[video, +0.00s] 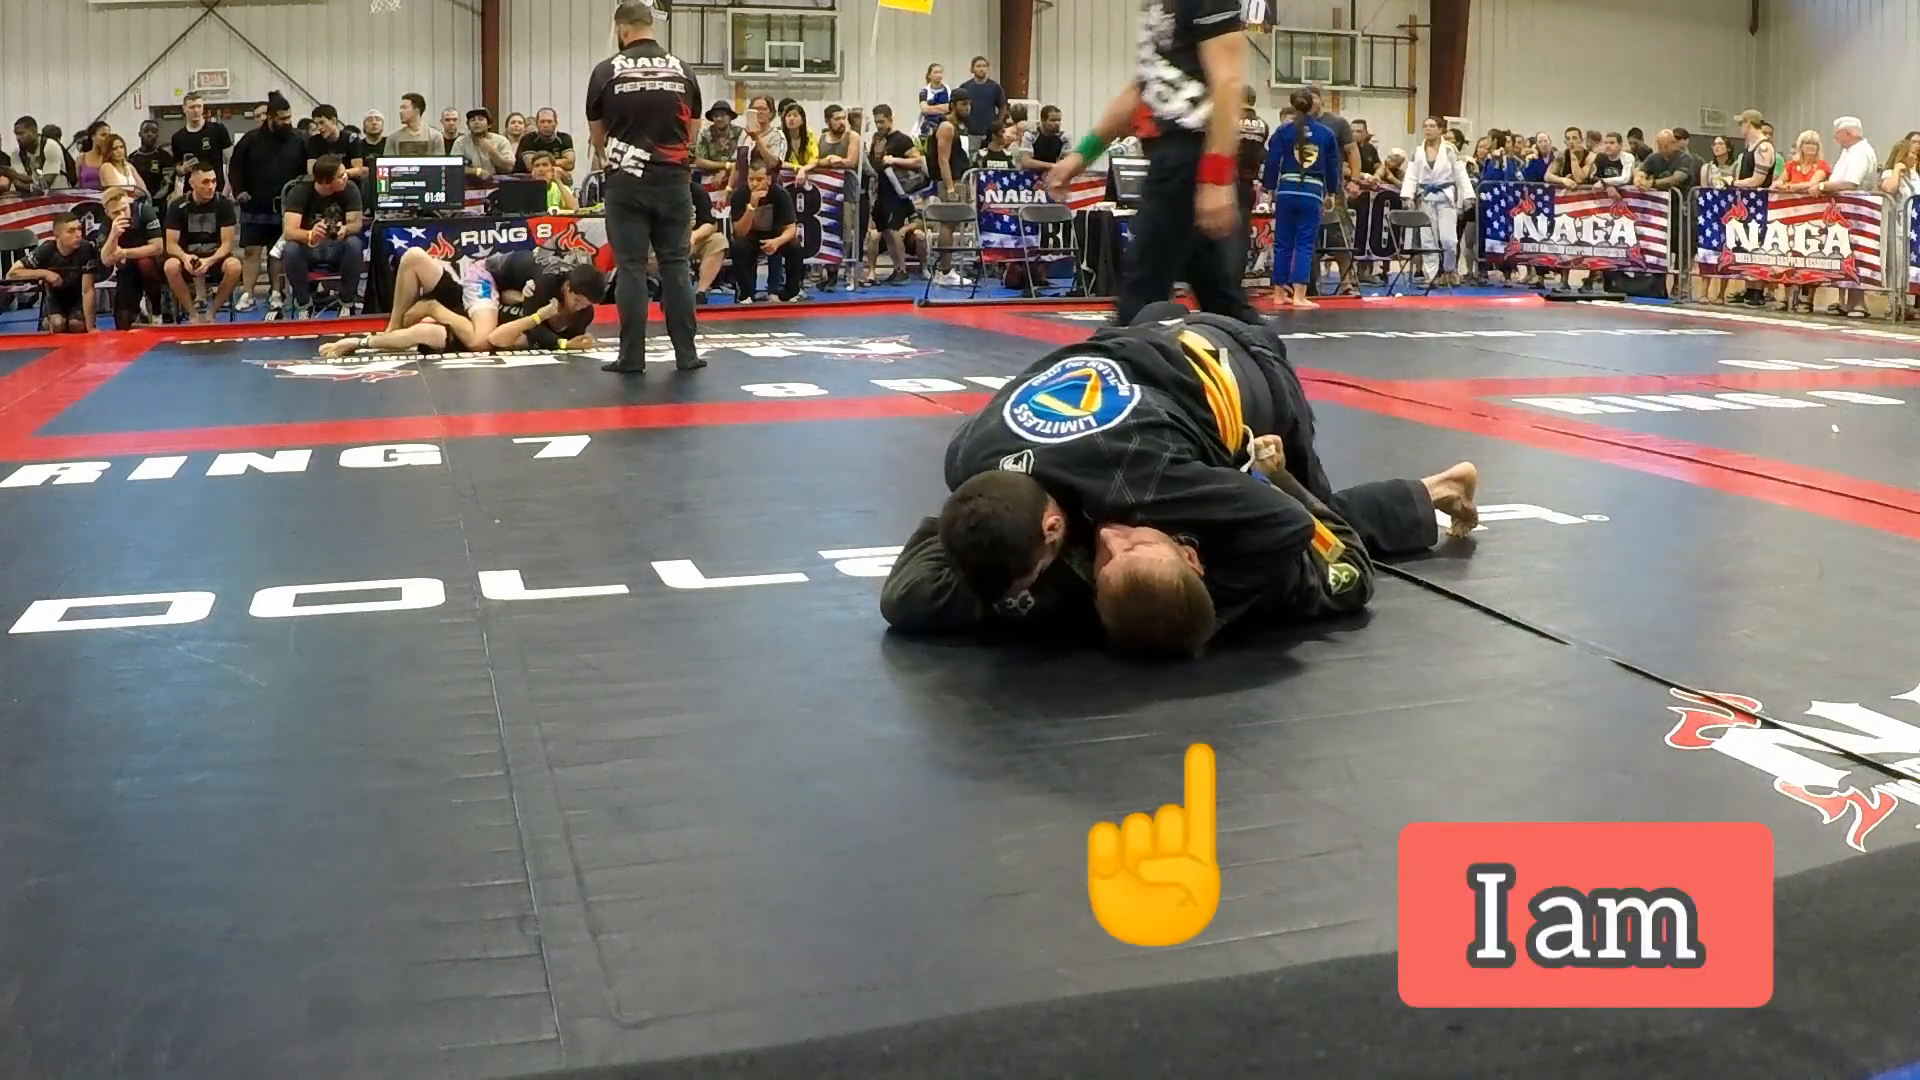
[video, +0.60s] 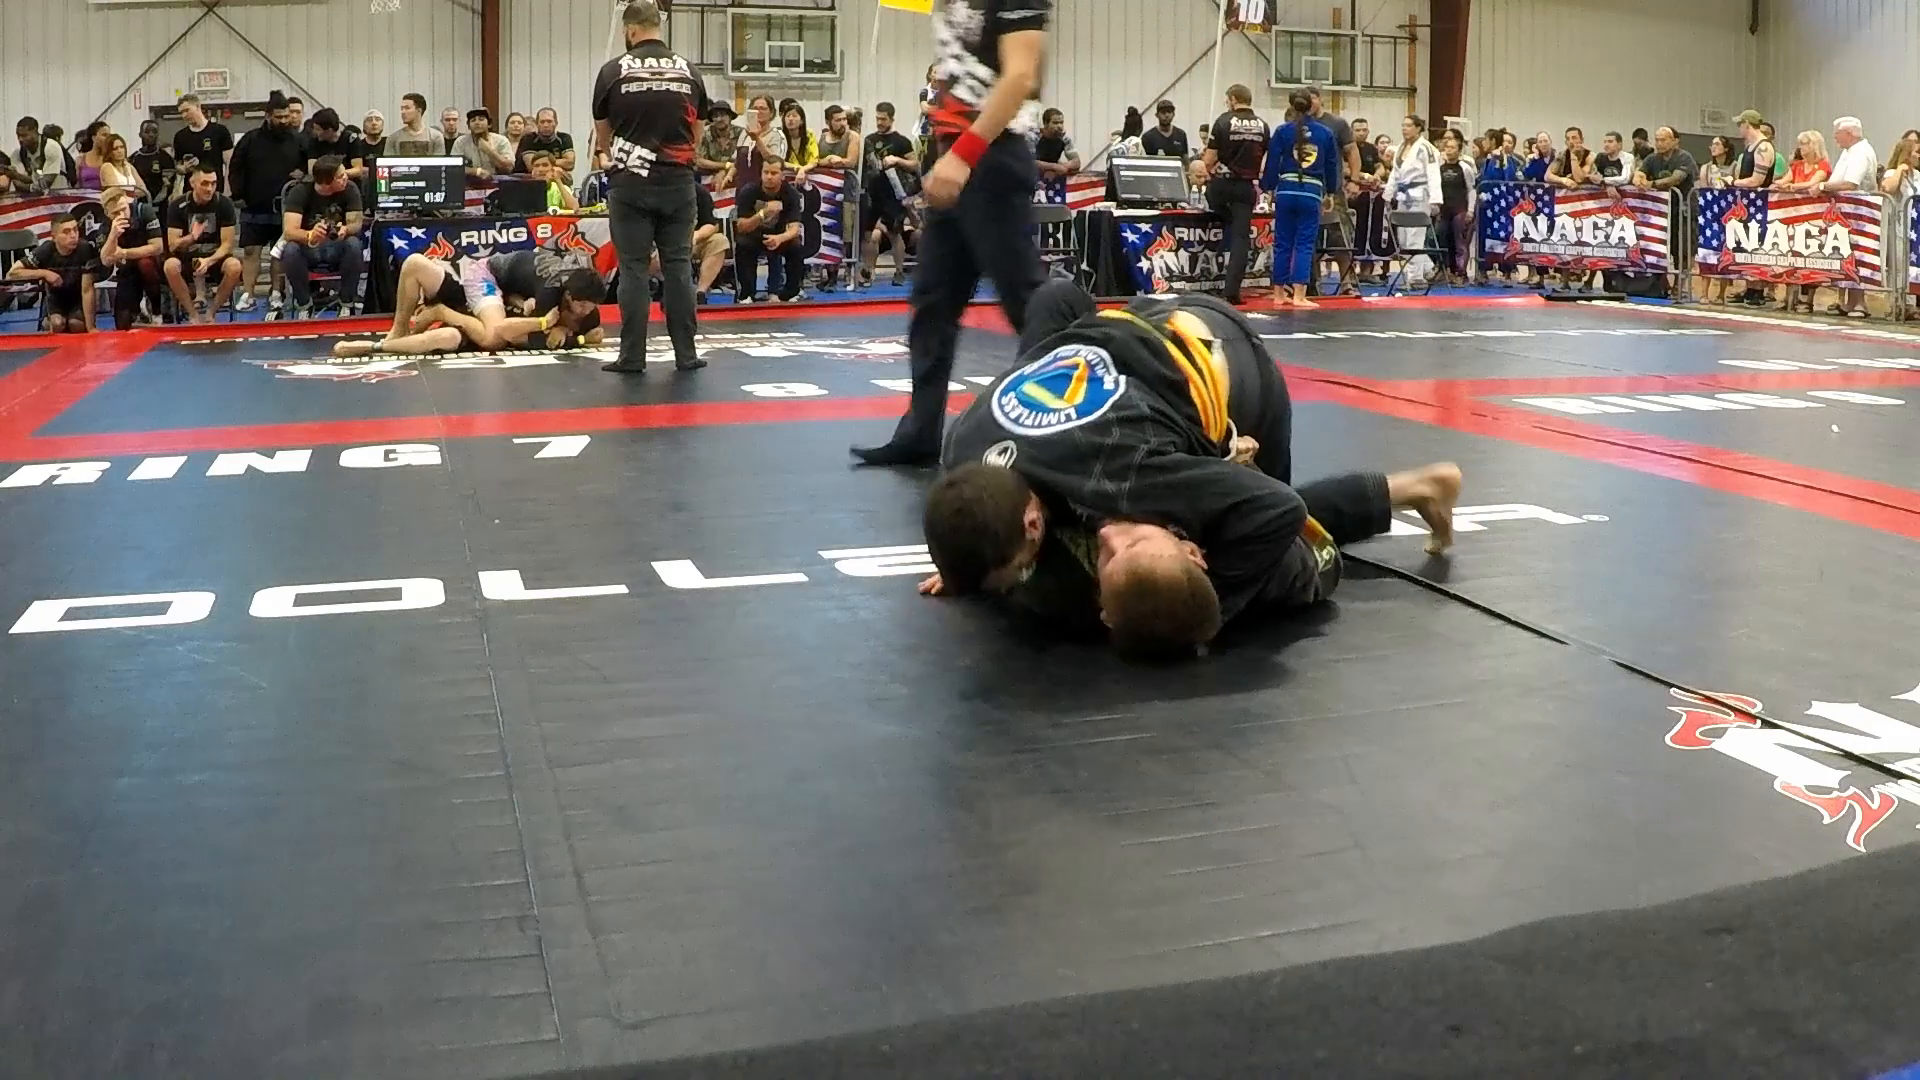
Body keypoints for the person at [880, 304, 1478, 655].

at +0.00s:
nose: (1025, 590)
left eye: (1033, 575)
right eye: (1009, 588)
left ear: (1059, 529)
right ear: (957, 534)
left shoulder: (1153, 480)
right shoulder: (966, 468)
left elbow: (1324, 551)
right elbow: (902, 601)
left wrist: (1209, 595)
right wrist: (1050, 598)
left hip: (1246, 372)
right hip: (1142, 339)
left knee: (1318, 522)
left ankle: (1436, 500)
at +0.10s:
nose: (1023, 591)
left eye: (1033, 575)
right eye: (1005, 585)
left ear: (1060, 526)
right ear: (957, 534)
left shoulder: (1156, 481)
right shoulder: (967, 465)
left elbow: (1311, 542)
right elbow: (904, 599)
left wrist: (1214, 604)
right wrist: (1035, 601)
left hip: (1243, 375)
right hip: (1142, 342)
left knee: (1320, 520)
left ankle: (1436, 497)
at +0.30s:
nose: (1027, 593)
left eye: (1036, 580)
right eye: (1014, 590)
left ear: (1062, 536)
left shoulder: (1146, 480)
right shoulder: (956, 479)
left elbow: (1299, 524)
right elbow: (908, 594)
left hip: (1216, 371)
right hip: (1104, 355)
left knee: (1315, 526)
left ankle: (1428, 491)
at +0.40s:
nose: (1032, 602)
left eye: (1035, 588)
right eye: (1016, 600)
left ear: (1057, 542)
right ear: (958, 544)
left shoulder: (1134, 482)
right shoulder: (946, 484)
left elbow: (1282, 519)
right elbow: (968, 555)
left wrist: (1209, 609)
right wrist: (933, 575)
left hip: (1203, 367)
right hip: (1101, 342)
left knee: (1303, 532)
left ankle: (1416, 487)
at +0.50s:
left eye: (1020, 593)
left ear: (1041, 542)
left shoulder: (1132, 482)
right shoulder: (951, 463)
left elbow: (1277, 515)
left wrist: (1207, 614)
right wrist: (955, 561)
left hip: (1211, 360)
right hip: (1109, 332)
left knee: (1280, 512)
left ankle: (1402, 477)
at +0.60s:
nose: (1123, 533)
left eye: (1007, 572)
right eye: (987, 583)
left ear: (1033, 525)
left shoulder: (1140, 480)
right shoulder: (960, 450)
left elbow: (1278, 512)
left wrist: (1205, 609)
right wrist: (958, 563)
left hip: (1232, 366)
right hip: (1131, 324)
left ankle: (1424, 487)